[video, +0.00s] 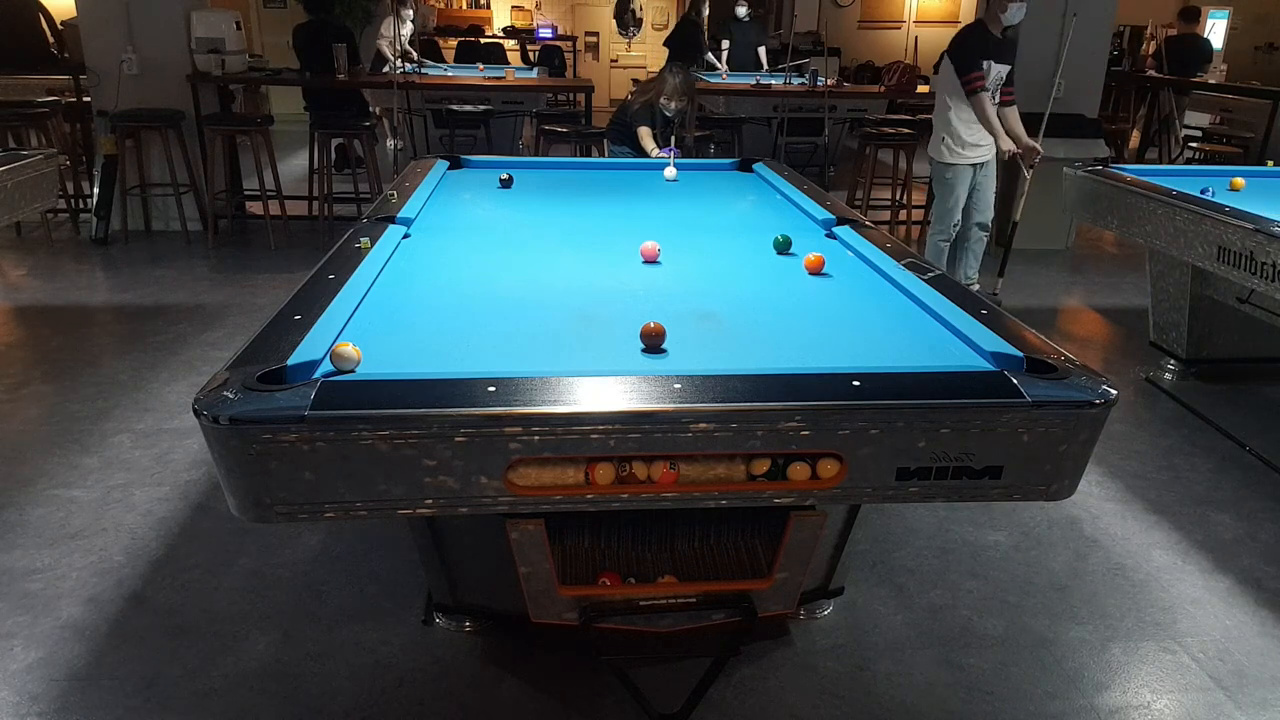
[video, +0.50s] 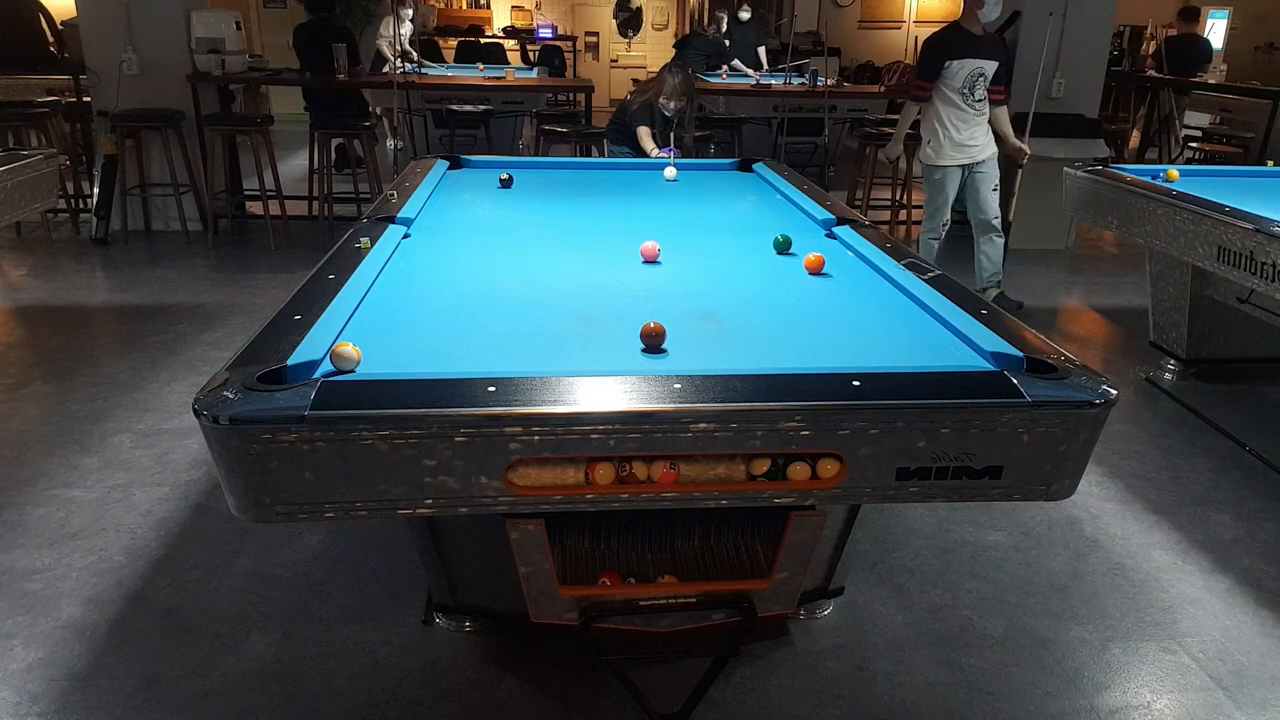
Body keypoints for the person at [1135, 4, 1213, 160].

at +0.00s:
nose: (1176, 24)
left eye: (1177, 21)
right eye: (1177, 21)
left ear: (1179, 21)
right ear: (1198, 22)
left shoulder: (1169, 41)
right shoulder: (1205, 44)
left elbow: (1150, 64)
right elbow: (1205, 70)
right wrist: (1188, 66)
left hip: (1163, 91)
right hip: (1185, 92)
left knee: (1145, 124)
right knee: (1175, 127)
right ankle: (1170, 161)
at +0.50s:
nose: (1176, 24)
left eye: (1176, 21)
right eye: (1177, 21)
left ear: (1178, 21)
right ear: (1197, 22)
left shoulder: (1169, 41)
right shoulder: (1205, 44)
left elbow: (1150, 64)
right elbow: (1205, 70)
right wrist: (1188, 66)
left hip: (1164, 90)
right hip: (1185, 91)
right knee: (1176, 125)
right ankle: (1171, 159)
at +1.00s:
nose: (1175, 24)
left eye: (1176, 21)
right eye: (1176, 21)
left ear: (1179, 21)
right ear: (1197, 22)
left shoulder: (1169, 41)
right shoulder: (1205, 44)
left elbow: (1150, 64)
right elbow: (1205, 70)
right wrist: (1187, 67)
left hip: (1164, 91)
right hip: (1185, 92)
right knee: (1175, 126)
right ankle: (1170, 161)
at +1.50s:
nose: (1175, 24)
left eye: (1176, 21)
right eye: (1176, 21)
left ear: (1179, 21)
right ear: (1197, 22)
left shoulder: (1169, 41)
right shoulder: (1205, 44)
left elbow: (1150, 64)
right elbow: (1204, 70)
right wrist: (1187, 67)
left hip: (1163, 91)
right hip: (1184, 92)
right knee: (1175, 127)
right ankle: (1169, 161)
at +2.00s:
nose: (1176, 24)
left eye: (1177, 21)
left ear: (1178, 21)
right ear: (1197, 22)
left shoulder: (1168, 41)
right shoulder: (1205, 43)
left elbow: (1150, 64)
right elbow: (1205, 70)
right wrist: (1187, 67)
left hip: (1162, 91)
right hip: (1183, 93)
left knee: (1142, 125)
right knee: (1173, 129)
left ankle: (1131, 159)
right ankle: (1169, 164)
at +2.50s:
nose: (1176, 24)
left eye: (1176, 21)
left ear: (1178, 21)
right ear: (1197, 22)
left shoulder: (1167, 41)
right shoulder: (1204, 43)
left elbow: (1150, 64)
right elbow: (1205, 69)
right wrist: (1187, 66)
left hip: (1162, 92)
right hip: (1183, 93)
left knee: (1142, 125)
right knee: (1173, 129)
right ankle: (1168, 164)